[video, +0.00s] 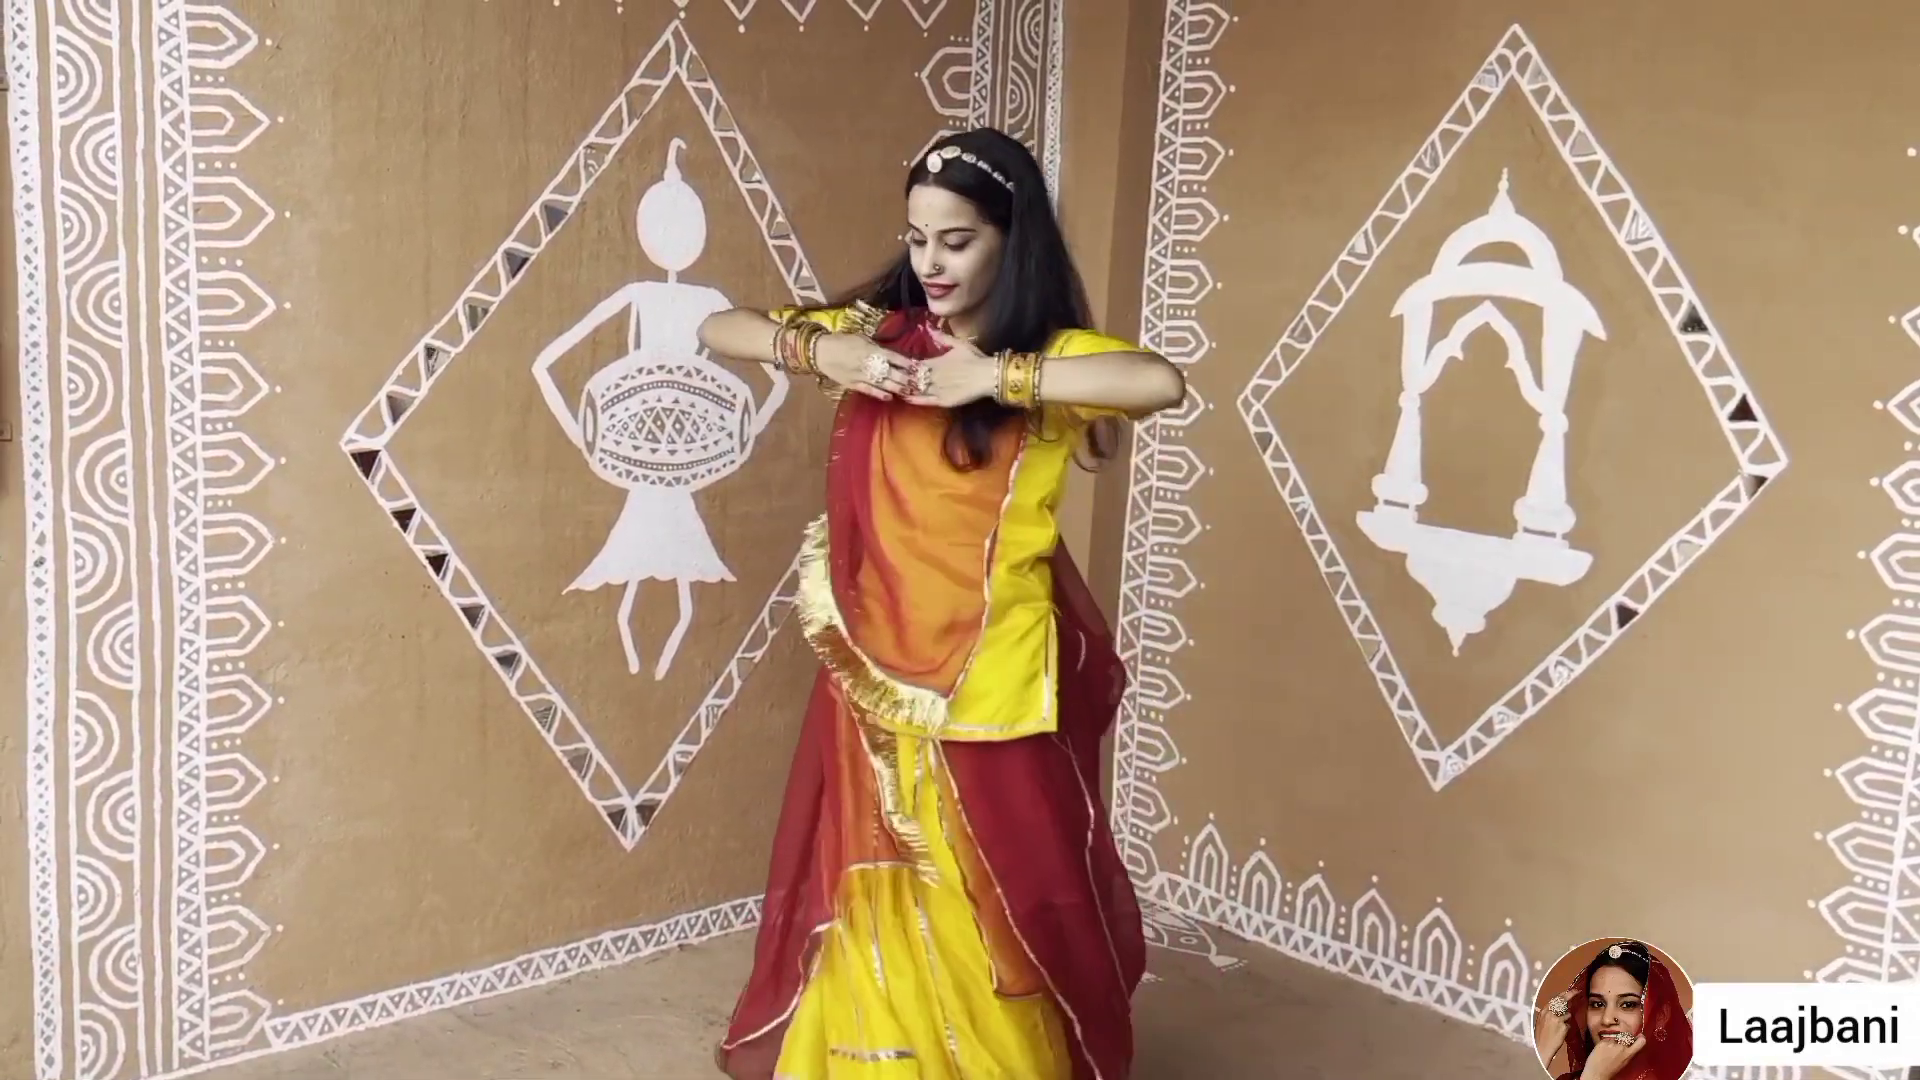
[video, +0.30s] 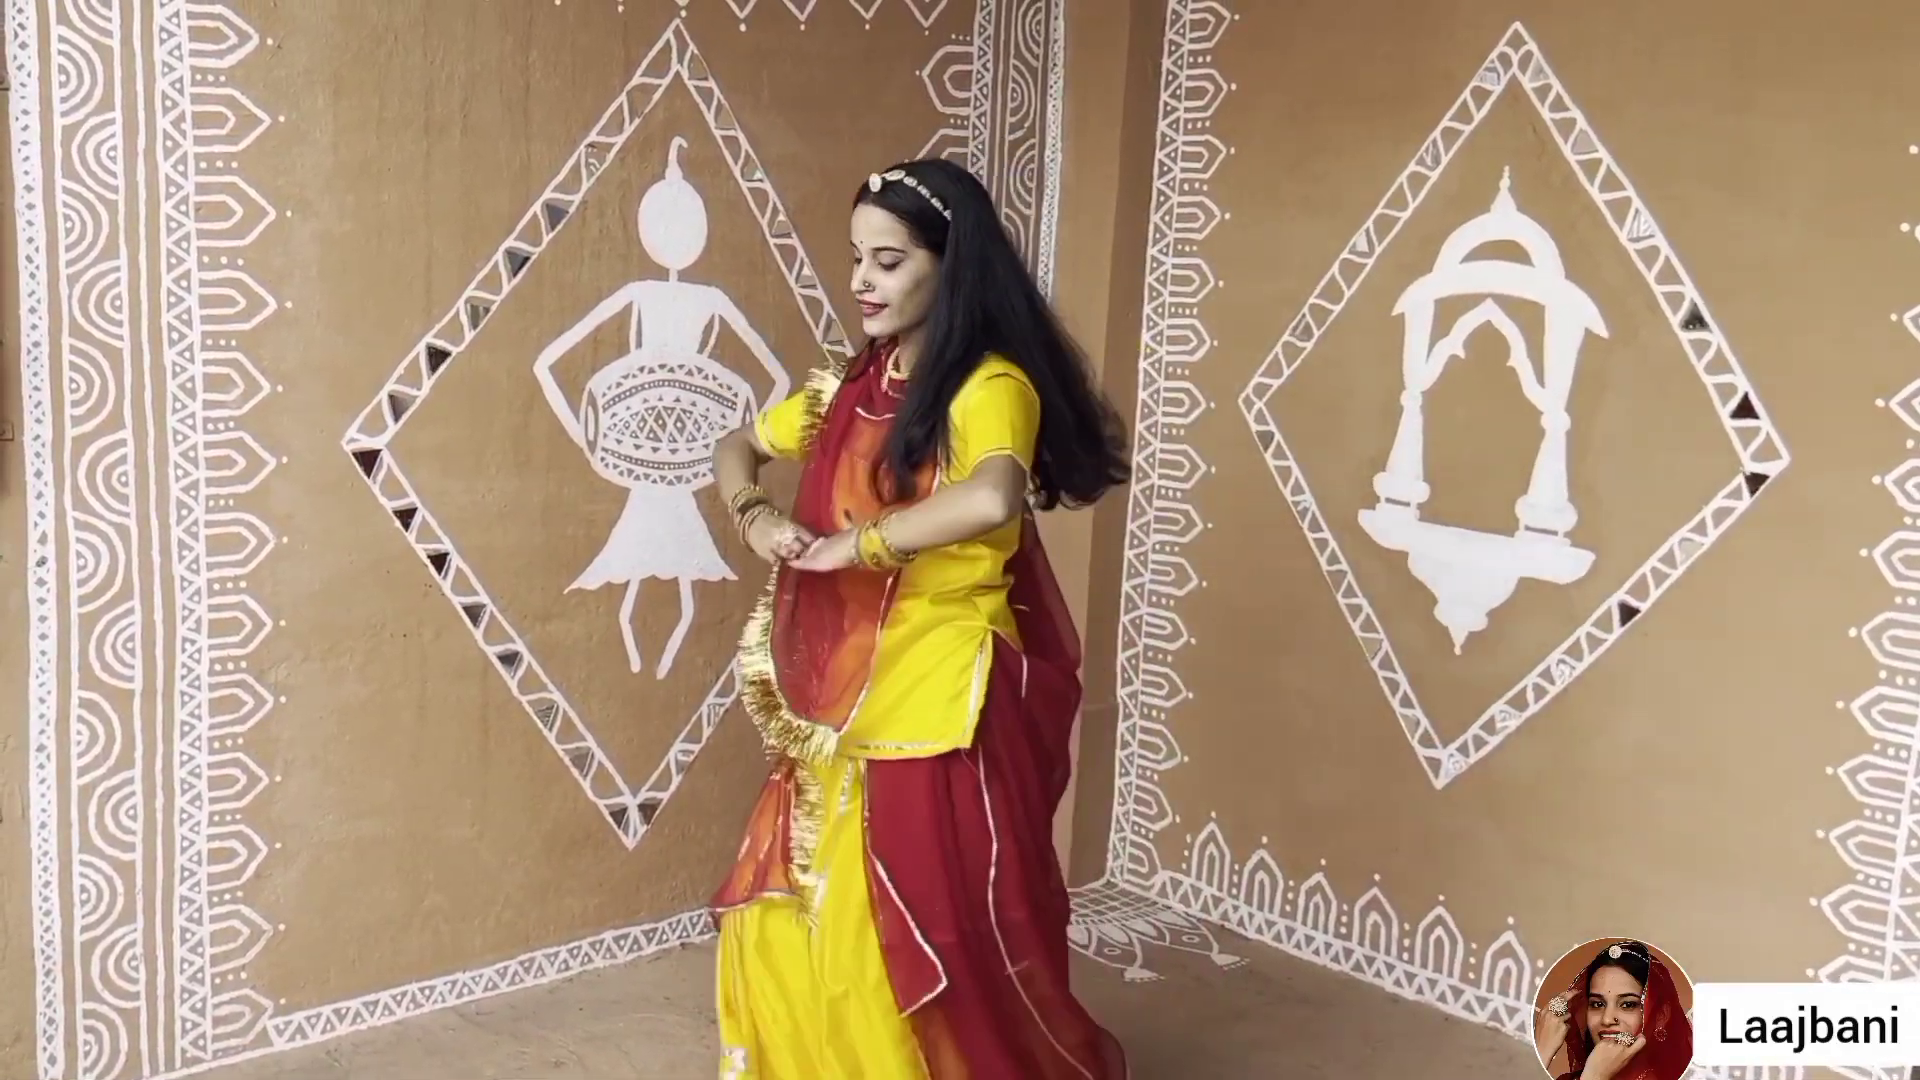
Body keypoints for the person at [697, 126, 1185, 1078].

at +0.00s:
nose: (931, 262)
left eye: (954, 240)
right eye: (918, 239)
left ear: (1012, 238)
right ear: (904, 240)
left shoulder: (1050, 354)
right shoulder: (876, 327)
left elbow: (1161, 384)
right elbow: (721, 330)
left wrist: (991, 376)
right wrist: (821, 350)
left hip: (994, 696)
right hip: (868, 679)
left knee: (990, 948)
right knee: (859, 933)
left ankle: (1003, 1065)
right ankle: (859, 1065)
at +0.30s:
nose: (864, 283)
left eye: (888, 262)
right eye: (858, 259)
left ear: (951, 267)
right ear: (853, 260)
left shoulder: (989, 384)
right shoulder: (855, 380)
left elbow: (992, 499)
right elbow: (741, 446)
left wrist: (853, 541)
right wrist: (754, 512)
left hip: (937, 716)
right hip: (838, 707)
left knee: (908, 958)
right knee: (769, 933)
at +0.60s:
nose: (769, 279)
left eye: (795, 257)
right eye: (767, 257)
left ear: (862, 268)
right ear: (774, 267)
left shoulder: (896, 384)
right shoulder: (789, 389)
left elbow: (779, 509)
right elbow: (671, 488)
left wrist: (648, 599)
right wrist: (597, 579)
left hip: (942, 694)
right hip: (849, 699)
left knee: (907, 945)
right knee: (776, 930)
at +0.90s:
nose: (763, 298)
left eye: (786, 277)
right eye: (760, 276)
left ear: (850, 286)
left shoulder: (889, 389)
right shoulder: (795, 397)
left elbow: (761, 500)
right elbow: (671, 495)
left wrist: (613, 580)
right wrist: (578, 569)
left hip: (953, 688)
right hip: (863, 688)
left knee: (891, 936)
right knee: (790, 922)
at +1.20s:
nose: (819, 264)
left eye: (842, 242)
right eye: (813, 243)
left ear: (905, 243)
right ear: (814, 248)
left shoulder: (951, 350)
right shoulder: (838, 357)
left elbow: (901, 455)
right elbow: (730, 410)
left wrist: (804, 512)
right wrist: (716, 473)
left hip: (947, 661)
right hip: (843, 657)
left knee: (918, 891)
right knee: (802, 881)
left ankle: (920, 1066)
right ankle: (801, 1058)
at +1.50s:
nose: (844, 242)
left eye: (862, 219)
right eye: (837, 221)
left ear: (926, 211)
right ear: (835, 218)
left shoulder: (1004, 317)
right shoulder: (831, 302)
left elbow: (947, 452)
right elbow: (667, 276)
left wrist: (801, 422)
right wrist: (660, 301)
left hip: (961, 656)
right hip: (838, 645)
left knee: (931, 879)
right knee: (835, 875)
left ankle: (941, 1061)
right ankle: (834, 1055)